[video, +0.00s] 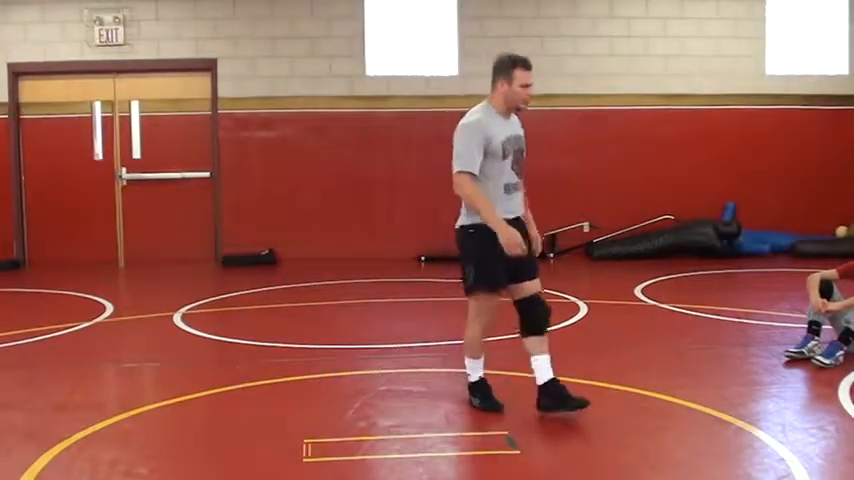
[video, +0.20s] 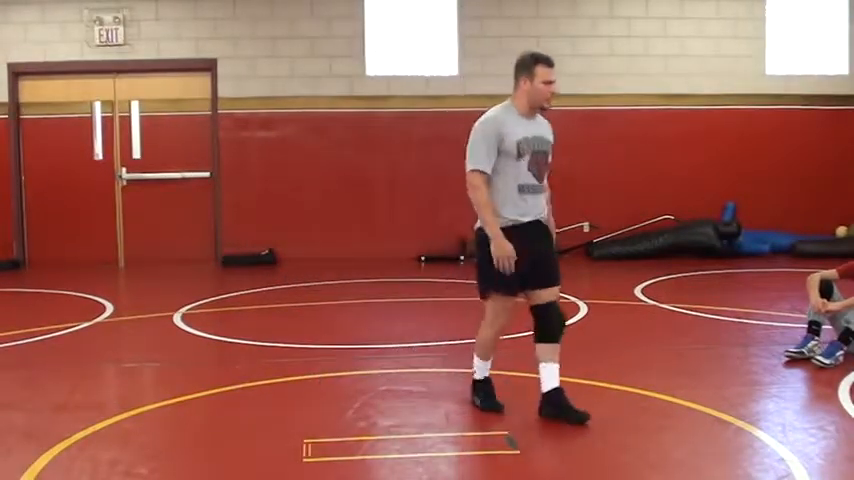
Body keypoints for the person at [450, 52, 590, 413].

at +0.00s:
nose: (530, 93)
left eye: (531, 86)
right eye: (525, 86)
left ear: (513, 86)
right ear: (501, 85)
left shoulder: (514, 122)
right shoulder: (473, 125)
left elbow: (513, 182)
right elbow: (462, 183)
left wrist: (529, 223)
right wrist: (500, 227)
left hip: (512, 226)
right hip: (479, 230)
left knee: (533, 308)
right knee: (482, 308)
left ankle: (547, 387)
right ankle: (476, 383)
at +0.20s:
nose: (553, 90)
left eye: (554, 83)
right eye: (547, 83)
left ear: (535, 86)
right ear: (524, 83)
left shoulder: (544, 127)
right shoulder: (490, 124)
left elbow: (542, 181)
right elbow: (475, 184)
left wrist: (549, 224)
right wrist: (496, 237)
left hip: (536, 230)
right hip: (499, 232)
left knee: (549, 314)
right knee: (497, 314)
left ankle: (551, 394)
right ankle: (480, 382)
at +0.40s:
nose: (563, 87)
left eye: (569, 81)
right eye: (556, 79)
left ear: (573, 86)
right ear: (539, 81)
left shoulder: (574, 131)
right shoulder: (509, 119)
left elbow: (585, 186)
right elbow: (478, 167)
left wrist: (602, 233)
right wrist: (483, 220)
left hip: (553, 230)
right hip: (514, 230)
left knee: (558, 318)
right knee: (522, 318)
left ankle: (551, 397)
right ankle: (497, 365)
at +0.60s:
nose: (561, 84)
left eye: (569, 78)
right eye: (555, 76)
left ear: (581, 83)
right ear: (546, 79)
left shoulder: (591, 130)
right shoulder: (517, 117)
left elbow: (609, 185)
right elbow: (486, 162)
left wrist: (640, 232)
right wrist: (472, 205)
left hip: (563, 229)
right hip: (519, 228)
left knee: (564, 315)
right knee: (526, 319)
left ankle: (553, 398)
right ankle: (521, 398)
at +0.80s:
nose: (564, 84)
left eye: (573, 77)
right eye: (559, 76)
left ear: (588, 82)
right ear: (551, 78)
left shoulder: (601, 134)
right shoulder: (523, 115)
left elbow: (615, 189)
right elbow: (493, 160)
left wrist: (633, 240)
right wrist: (472, 209)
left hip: (563, 230)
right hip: (517, 225)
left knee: (564, 319)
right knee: (524, 318)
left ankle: (553, 398)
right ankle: (523, 396)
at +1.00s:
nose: (568, 83)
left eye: (577, 76)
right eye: (563, 75)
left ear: (591, 82)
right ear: (555, 78)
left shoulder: (602, 137)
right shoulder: (525, 114)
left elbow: (603, 197)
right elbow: (496, 162)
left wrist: (593, 246)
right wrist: (476, 213)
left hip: (558, 230)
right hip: (513, 223)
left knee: (561, 318)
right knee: (512, 314)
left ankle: (551, 398)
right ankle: (508, 396)